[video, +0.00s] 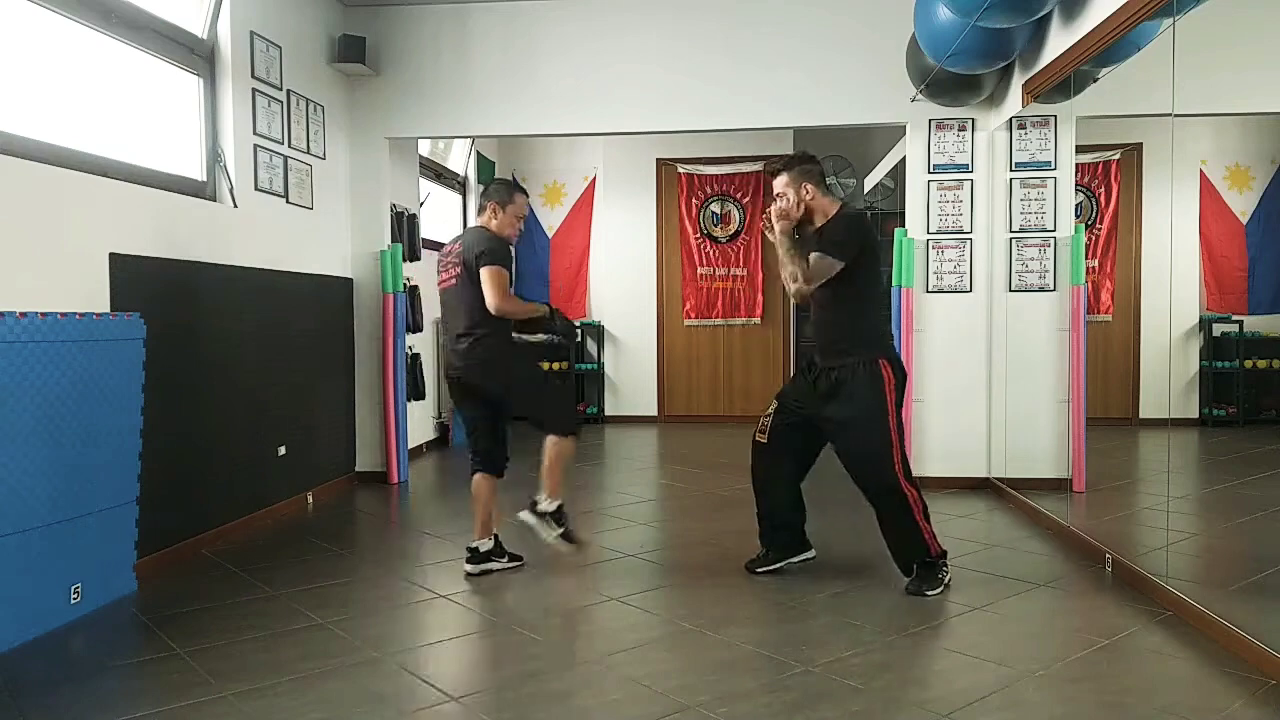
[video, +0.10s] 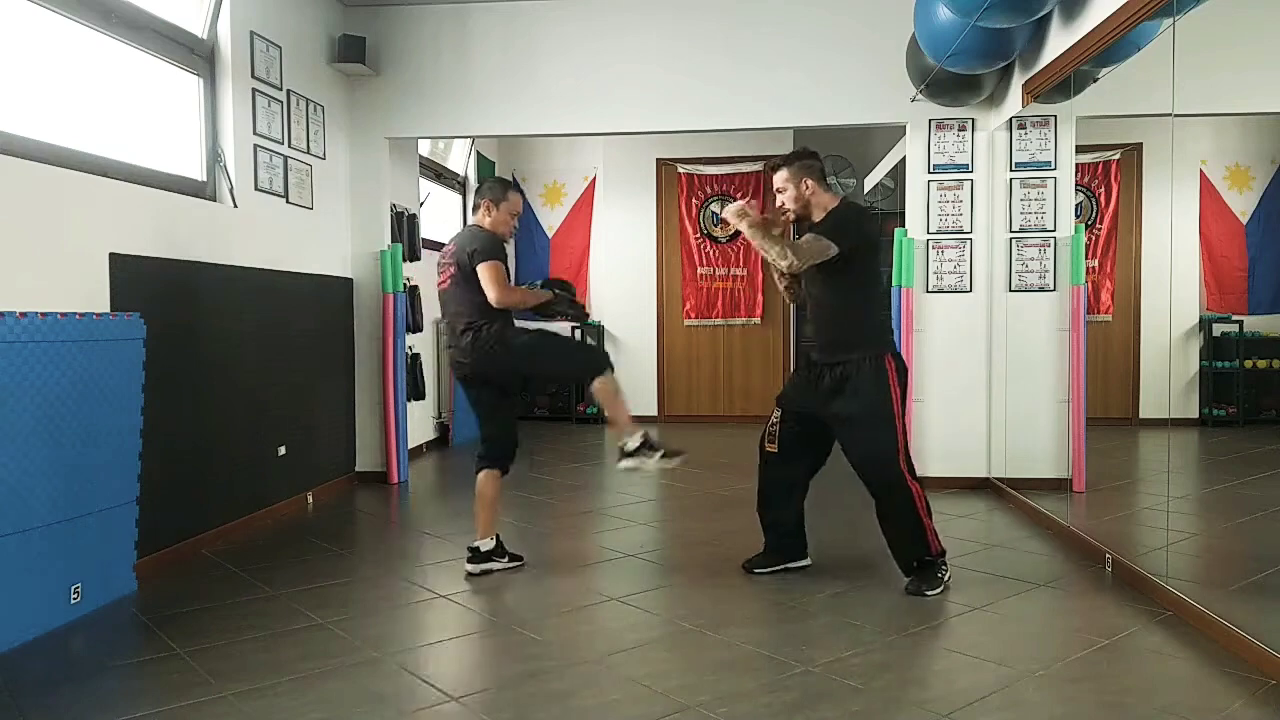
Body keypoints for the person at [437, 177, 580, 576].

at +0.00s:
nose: (520, 229)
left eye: (523, 221)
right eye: (517, 219)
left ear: (488, 213)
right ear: (492, 209)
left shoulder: (456, 246)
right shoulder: (488, 242)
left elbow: (472, 309)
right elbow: (498, 302)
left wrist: (528, 316)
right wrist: (542, 309)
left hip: (460, 366)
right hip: (491, 361)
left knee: (487, 455)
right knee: (563, 415)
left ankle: (483, 547)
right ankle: (549, 505)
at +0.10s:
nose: (516, 225)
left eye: (517, 217)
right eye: (512, 216)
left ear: (483, 211)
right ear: (488, 208)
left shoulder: (461, 243)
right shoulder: (482, 239)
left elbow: (485, 304)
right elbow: (499, 295)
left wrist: (536, 301)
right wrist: (545, 296)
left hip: (469, 356)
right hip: (495, 347)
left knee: (496, 449)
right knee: (594, 360)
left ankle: (484, 547)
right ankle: (632, 440)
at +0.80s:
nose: (544, 217)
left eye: (546, 209)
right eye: (541, 209)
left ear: (509, 204)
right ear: (517, 203)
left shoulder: (479, 235)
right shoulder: (519, 238)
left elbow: (517, 273)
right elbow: (558, 283)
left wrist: (557, 234)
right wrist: (580, 232)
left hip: (477, 357)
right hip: (514, 358)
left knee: (472, 446)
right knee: (544, 454)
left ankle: (442, 533)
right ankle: (537, 554)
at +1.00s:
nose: (521, 228)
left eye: (523, 221)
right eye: (516, 220)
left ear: (495, 218)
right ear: (489, 216)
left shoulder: (500, 259)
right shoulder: (472, 257)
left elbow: (535, 287)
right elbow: (453, 314)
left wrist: (563, 252)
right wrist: (511, 323)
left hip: (472, 376)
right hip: (487, 376)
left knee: (443, 456)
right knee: (541, 458)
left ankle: (391, 540)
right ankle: (537, 556)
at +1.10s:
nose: (506, 231)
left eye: (508, 224)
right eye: (500, 223)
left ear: (485, 221)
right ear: (474, 217)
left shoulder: (490, 261)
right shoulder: (448, 258)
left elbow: (517, 300)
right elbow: (413, 309)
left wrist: (545, 260)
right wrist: (467, 332)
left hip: (467, 380)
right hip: (471, 382)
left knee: (432, 461)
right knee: (527, 457)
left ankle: (388, 545)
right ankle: (535, 556)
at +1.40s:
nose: (488, 220)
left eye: (490, 213)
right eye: (484, 212)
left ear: (461, 208)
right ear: (461, 207)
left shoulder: (462, 251)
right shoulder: (443, 236)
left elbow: (489, 286)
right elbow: (455, 242)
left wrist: (521, 250)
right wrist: (501, 209)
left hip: (432, 366)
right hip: (456, 367)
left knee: (428, 449)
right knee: (494, 459)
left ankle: (388, 537)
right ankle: (487, 559)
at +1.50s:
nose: (487, 224)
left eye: (487, 217)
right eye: (483, 216)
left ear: (451, 212)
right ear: (456, 209)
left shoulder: (429, 244)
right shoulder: (454, 236)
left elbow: (469, 298)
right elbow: (515, 240)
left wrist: (503, 263)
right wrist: (563, 202)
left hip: (422, 372)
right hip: (450, 372)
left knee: (427, 449)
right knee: (494, 459)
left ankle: (378, 530)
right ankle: (487, 559)